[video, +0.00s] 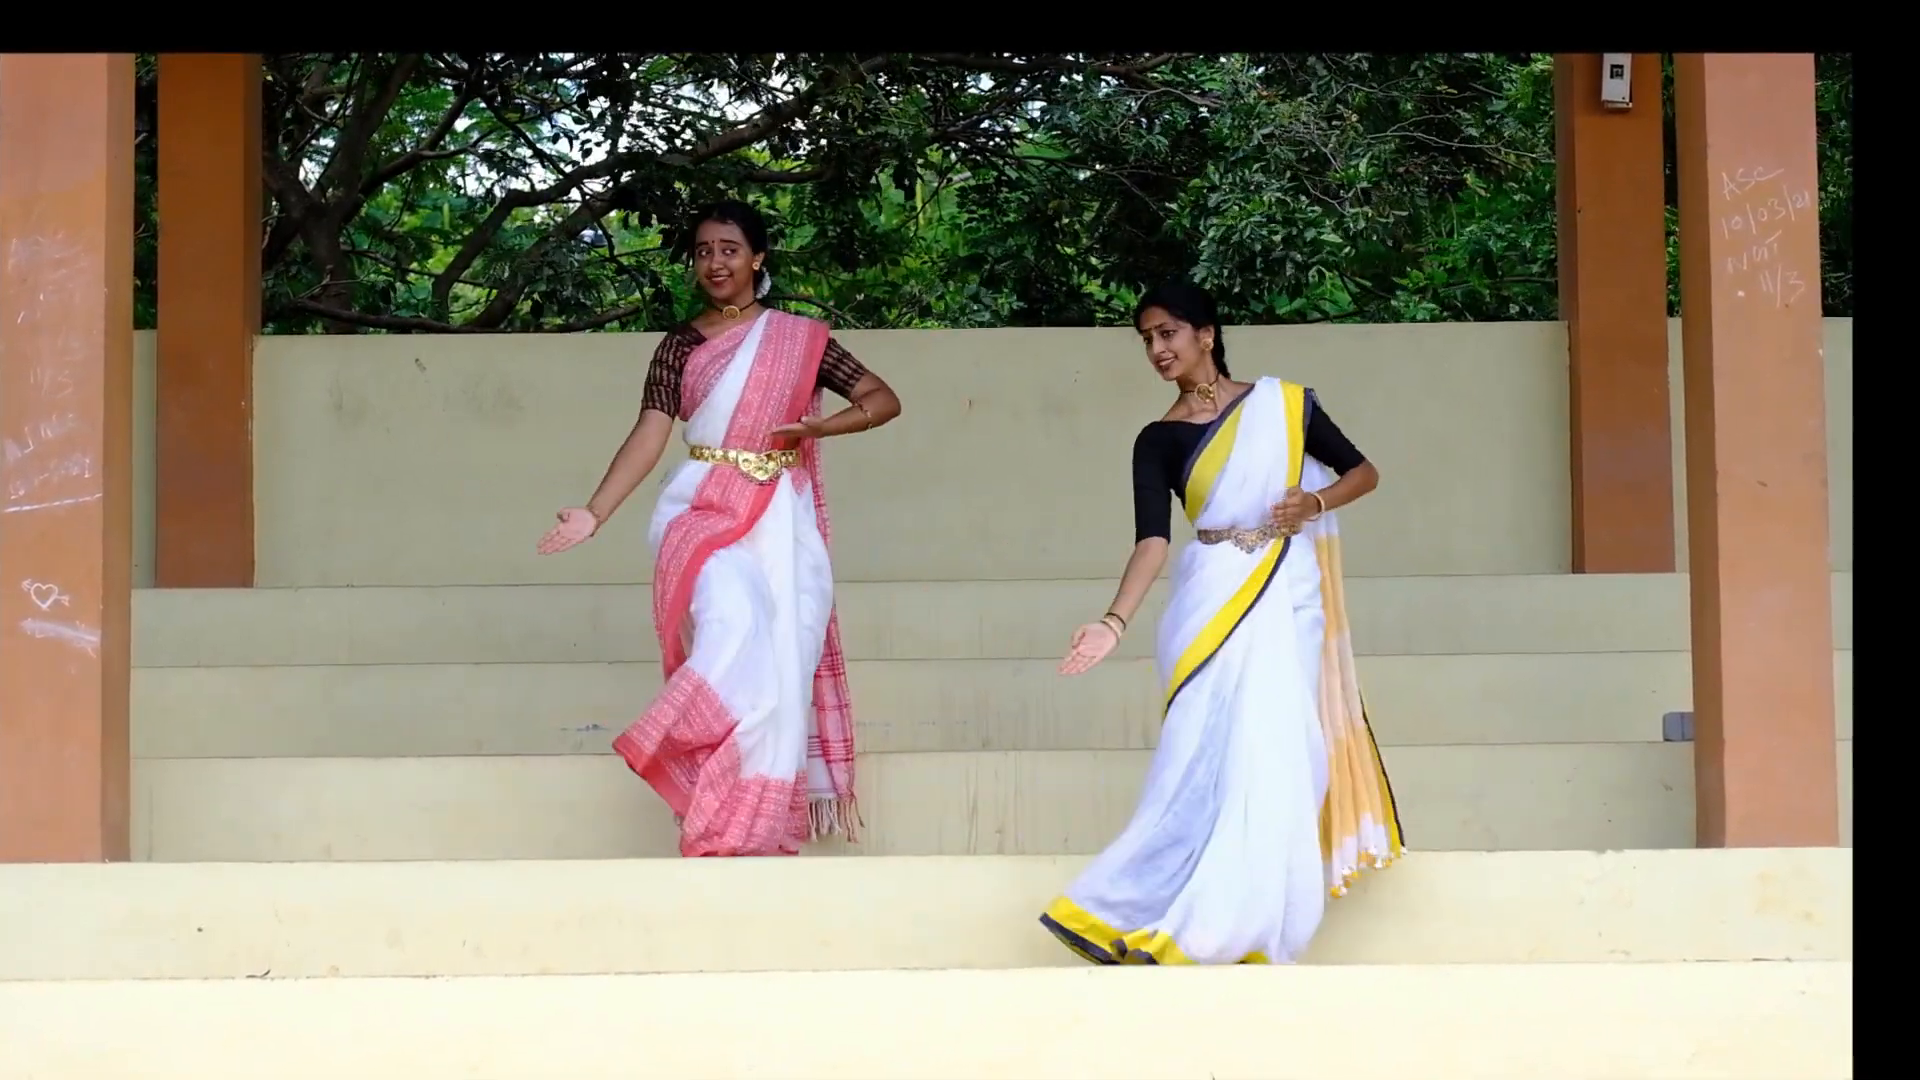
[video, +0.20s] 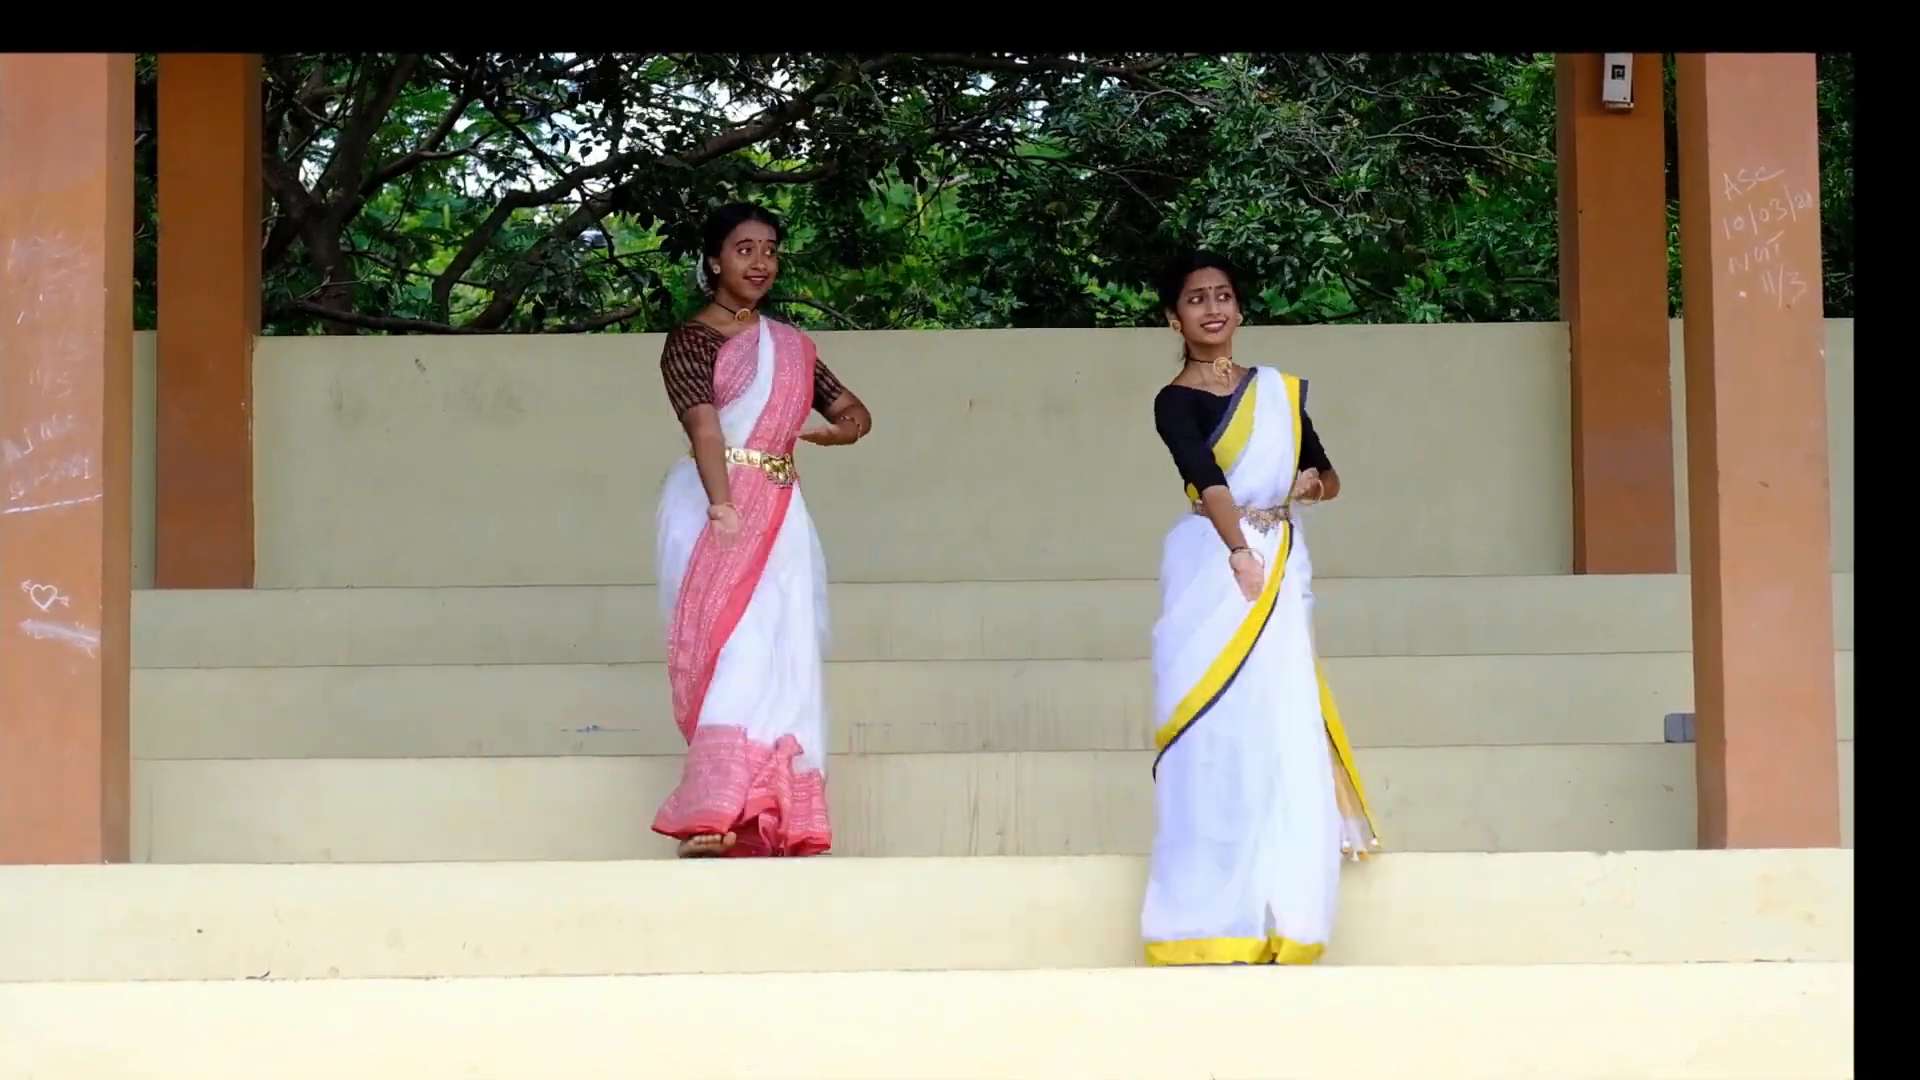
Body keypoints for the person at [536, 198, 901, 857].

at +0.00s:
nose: (715, 263)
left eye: (729, 249)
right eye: (703, 251)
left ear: (757, 259)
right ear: (693, 264)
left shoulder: (800, 336)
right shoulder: (681, 345)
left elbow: (882, 400)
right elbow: (649, 433)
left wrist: (818, 427)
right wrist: (595, 513)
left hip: (782, 507)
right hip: (704, 505)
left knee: (783, 653)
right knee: (728, 624)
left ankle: (764, 824)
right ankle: (715, 801)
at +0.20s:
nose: (761, 262)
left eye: (770, 251)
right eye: (746, 248)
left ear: (776, 263)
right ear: (714, 260)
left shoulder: (791, 343)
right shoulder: (692, 339)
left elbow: (854, 415)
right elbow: (703, 426)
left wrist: (829, 432)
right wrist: (720, 501)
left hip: (780, 507)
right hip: (713, 499)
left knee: (781, 650)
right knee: (730, 648)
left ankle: (772, 811)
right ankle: (713, 813)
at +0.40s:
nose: (774, 248)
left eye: (780, 237)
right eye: (759, 235)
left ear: (783, 249)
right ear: (723, 244)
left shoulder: (781, 332)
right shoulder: (705, 320)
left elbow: (825, 396)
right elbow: (752, 398)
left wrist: (827, 410)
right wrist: (810, 436)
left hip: (774, 495)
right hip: (715, 490)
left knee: (784, 642)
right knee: (735, 645)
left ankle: (789, 810)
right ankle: (721, 813)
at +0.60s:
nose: (780, 240)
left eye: (784, 229)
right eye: (765, 227)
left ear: (783, 243)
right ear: (726, 239)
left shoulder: (779, 324)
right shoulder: (714, 308)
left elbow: (830, 416)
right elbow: (766, 358)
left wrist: (820, 399)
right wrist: (858, 359)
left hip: (768, 492)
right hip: (711, 484)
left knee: (780, 640)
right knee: (728, 640)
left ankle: (793, 812)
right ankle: (726, 815)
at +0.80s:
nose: (781, 234)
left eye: (785, 223)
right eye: (766, 221)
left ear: (784, 236)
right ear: (728, 233)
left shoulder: (776, 319)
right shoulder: (716, 299)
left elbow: (821, 414)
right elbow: (786, 333)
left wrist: (820, 401)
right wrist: (868, 318)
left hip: (766, 489)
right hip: (711, 481)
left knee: (773, 641)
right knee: (723, 642)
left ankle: (782, 819)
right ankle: (722, 824)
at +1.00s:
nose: (778, 232)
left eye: (782, 222)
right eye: (763, 219)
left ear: (781, 236)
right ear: (725, 229)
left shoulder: (775, 318)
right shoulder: (708, 297)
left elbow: (823, 411)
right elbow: (783, 327)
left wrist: (828, 402)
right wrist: (862, 308)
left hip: (772, 487)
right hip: (712, 478)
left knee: (779, 637)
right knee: (718, 636)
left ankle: (780, 815)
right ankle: (715, 816)